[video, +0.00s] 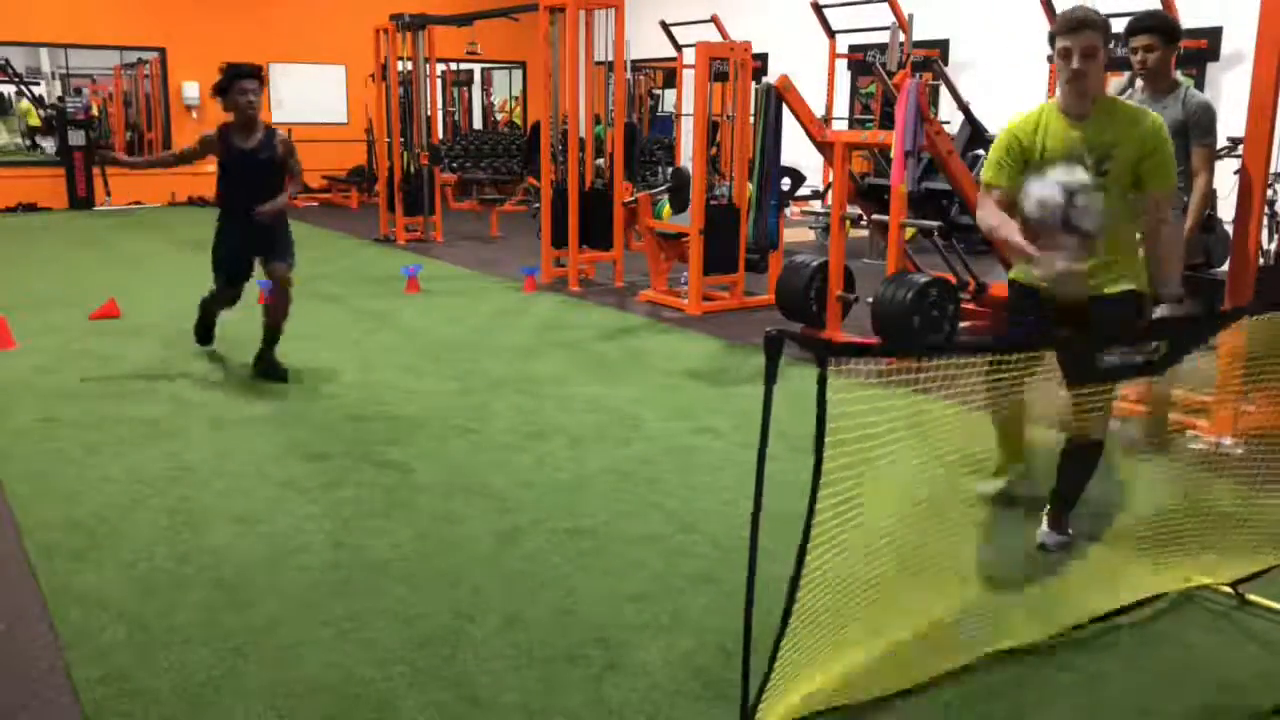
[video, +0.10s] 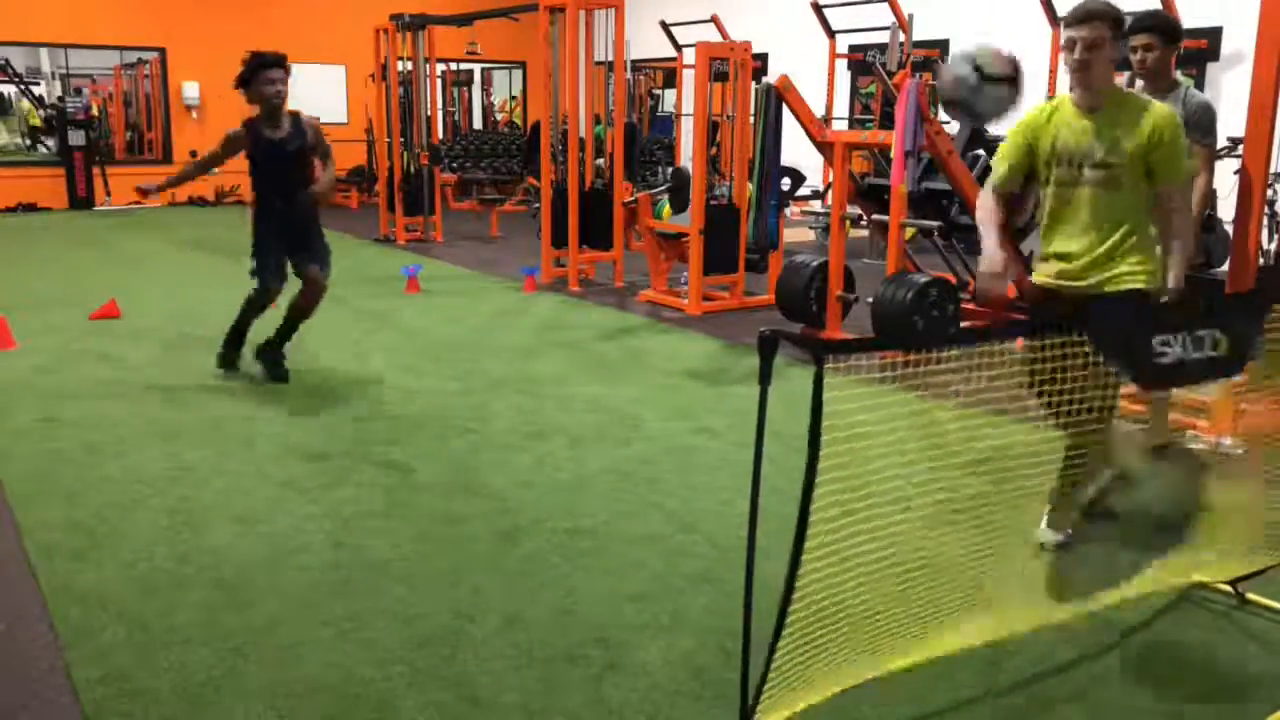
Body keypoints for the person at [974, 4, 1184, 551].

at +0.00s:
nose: (1076, 65)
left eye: (1087, 55)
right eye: (1066, 55)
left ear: (1106, 59)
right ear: (1053, 60)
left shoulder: (1143, 129)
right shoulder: (1022, 132)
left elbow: (1162, 218)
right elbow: (988, 209)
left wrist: (1170, 299)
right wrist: (1033, 256)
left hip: (1108, 290)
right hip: (1032, 285)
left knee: (1090, 403)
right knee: (1001, 378)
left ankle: (1059, 512)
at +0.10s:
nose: (1078, 56)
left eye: (1091, 46)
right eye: (1070, 46)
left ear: (1116, 51)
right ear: (1061, 51)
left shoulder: (1154, 121)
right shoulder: (1040, 121)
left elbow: (1176, 206)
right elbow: (991, 192)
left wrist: (1177, 277)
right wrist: (992, 250)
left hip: (1125, 273)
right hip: (1056, 271)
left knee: (1094, 391)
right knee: (1041, 372)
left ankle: (1062, 510)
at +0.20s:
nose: (1072, 55)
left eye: (1085, 46)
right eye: (1070, 46)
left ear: (1120, 53)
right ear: (1069, 53)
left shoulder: (1162, 120)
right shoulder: (1055, 124)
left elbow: (1192, 209)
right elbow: (1011, 188)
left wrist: (1181, 289)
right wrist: (978, 232)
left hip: (1136, 288)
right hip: (1077, 288)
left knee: (1093, 405)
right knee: (1121, 401)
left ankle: (1060, 519)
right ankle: (1163, 485)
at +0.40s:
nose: (1074, 60)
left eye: (1084, 51)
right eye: (1075, 51)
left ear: (1117, 56)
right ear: (1104, 58)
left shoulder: (1161, 118)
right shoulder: (1093, 131)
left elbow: (1193, 204)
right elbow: (1080, 213)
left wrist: (1162, 287)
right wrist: (1025, 249)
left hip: (1157, 285)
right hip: (1116, 286)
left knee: (1100, 393)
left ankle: (1100, 512)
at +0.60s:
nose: (1078, 58)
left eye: (1086, 47)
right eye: (1080, 47)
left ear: (1117, 51)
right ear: (1118, 53)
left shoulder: (1145, 108)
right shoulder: (1131, 108)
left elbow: (1175, 200)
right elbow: (1135, 194)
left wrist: (1109, 265)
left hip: (1159, 279)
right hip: (1147, 275)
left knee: (1123, 395)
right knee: (1139, 389)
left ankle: (1131, 515)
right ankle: (1155, 488)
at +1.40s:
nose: (1103, 50)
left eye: (1107, 41)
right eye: (1105, 41)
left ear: (1123, 46)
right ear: (1162, 50)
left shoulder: (1115, 111)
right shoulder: (1180, 109)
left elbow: (1115, 202)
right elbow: (1202, 191)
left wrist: (1064, 245)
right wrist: (1170, 246)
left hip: (1114, 276)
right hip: (1155, 274)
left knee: (1119, 395)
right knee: (1135, 386)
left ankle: (1129, 518)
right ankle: (1141, 484)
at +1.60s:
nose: (1101, 55)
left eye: (1105, 48)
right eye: (1105, 47)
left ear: (1113, 57)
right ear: (1158, 65)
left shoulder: (1093, 123)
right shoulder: (1173, 132)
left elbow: (1061, 205)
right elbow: (1185, 209)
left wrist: (1029, 213)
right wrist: (1143, 224)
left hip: (1098, 278)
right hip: (1143, 280)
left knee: (1095, 399)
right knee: (1096, 388)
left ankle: (1130, 516)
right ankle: (1128, 458)